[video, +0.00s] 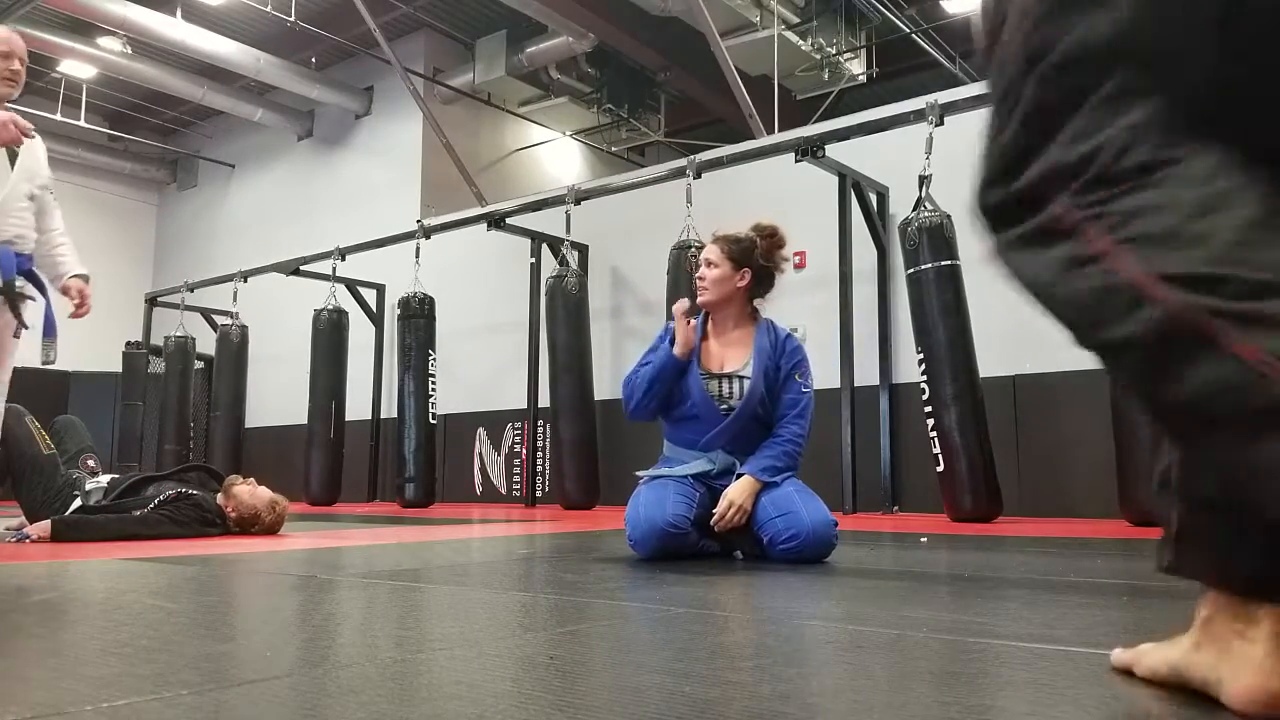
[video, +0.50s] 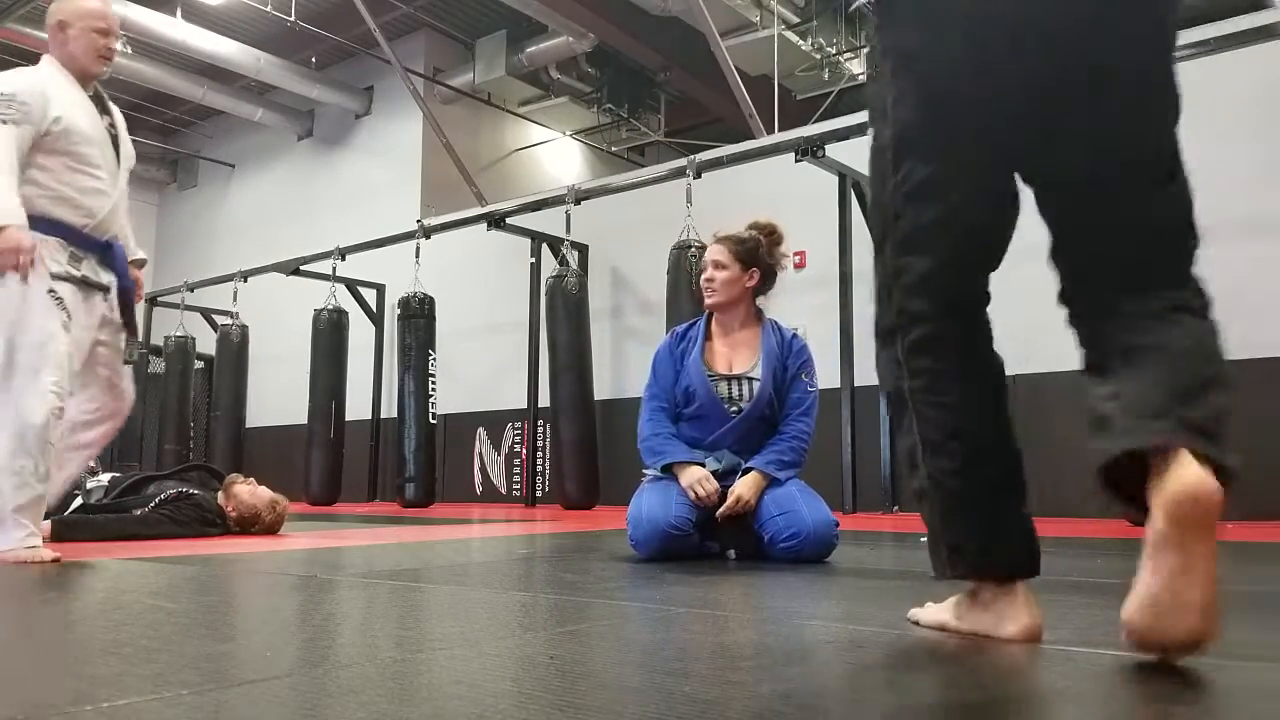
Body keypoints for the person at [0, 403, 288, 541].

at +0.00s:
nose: (247, 477)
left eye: (250, 487)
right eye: (255, 483)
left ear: (233, 508)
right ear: (235, 504)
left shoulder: (199, 513)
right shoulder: (214, 490)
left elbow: (130, 524)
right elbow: (151, 485)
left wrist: (57, 527)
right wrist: (110, 480)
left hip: (69, 500)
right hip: (98, 485)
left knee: (12, 415)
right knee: (66, 421)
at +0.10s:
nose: (247, 477)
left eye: (250, 487)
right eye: (255, 483)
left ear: (235, 509)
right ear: (236, 504)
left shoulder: (200, 513)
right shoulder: (213, 490)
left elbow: (131, 524)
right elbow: (151, 484)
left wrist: (57, 527)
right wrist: (109, 479)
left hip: (68, 500)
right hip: (97, 484)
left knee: (15, 415)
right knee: (67, 422)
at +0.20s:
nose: (248, 477)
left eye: (251, 488)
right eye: (256, 483)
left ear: (234, 510)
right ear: (234, 505)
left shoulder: (200, 513)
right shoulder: (212, 488)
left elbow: (130, 525)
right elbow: (152, 486)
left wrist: (50, 526)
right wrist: (110, 482)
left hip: (69, 503)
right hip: (98, 485)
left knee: (16, 415)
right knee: (67, 423)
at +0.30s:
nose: (248, 478)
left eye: (251, 488)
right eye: (256, 483)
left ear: (232, 510)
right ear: (233, 507)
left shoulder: (198, 512)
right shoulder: (214, 491)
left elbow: (128, 524)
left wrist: (54, 526)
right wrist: (112, 486)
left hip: (71, 503)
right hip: (102, 489)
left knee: (28, 429)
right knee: (68, 424)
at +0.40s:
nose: (248, 477)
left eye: (251, 486)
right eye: (256, 481)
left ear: (235, 511)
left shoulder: (201, 513)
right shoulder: (209, 484)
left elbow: (129, 525)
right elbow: (148, 484)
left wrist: (53, 526)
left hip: (69, 502)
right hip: (90, 483)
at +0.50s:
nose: (249, 478)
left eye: (252, 488)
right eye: (256, 483)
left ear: (231, 510)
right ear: (232, 506)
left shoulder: (201, 512)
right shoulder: (209, 490)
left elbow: (129, 524)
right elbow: (141, 495)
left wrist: (54, 526)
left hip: (73, 501)